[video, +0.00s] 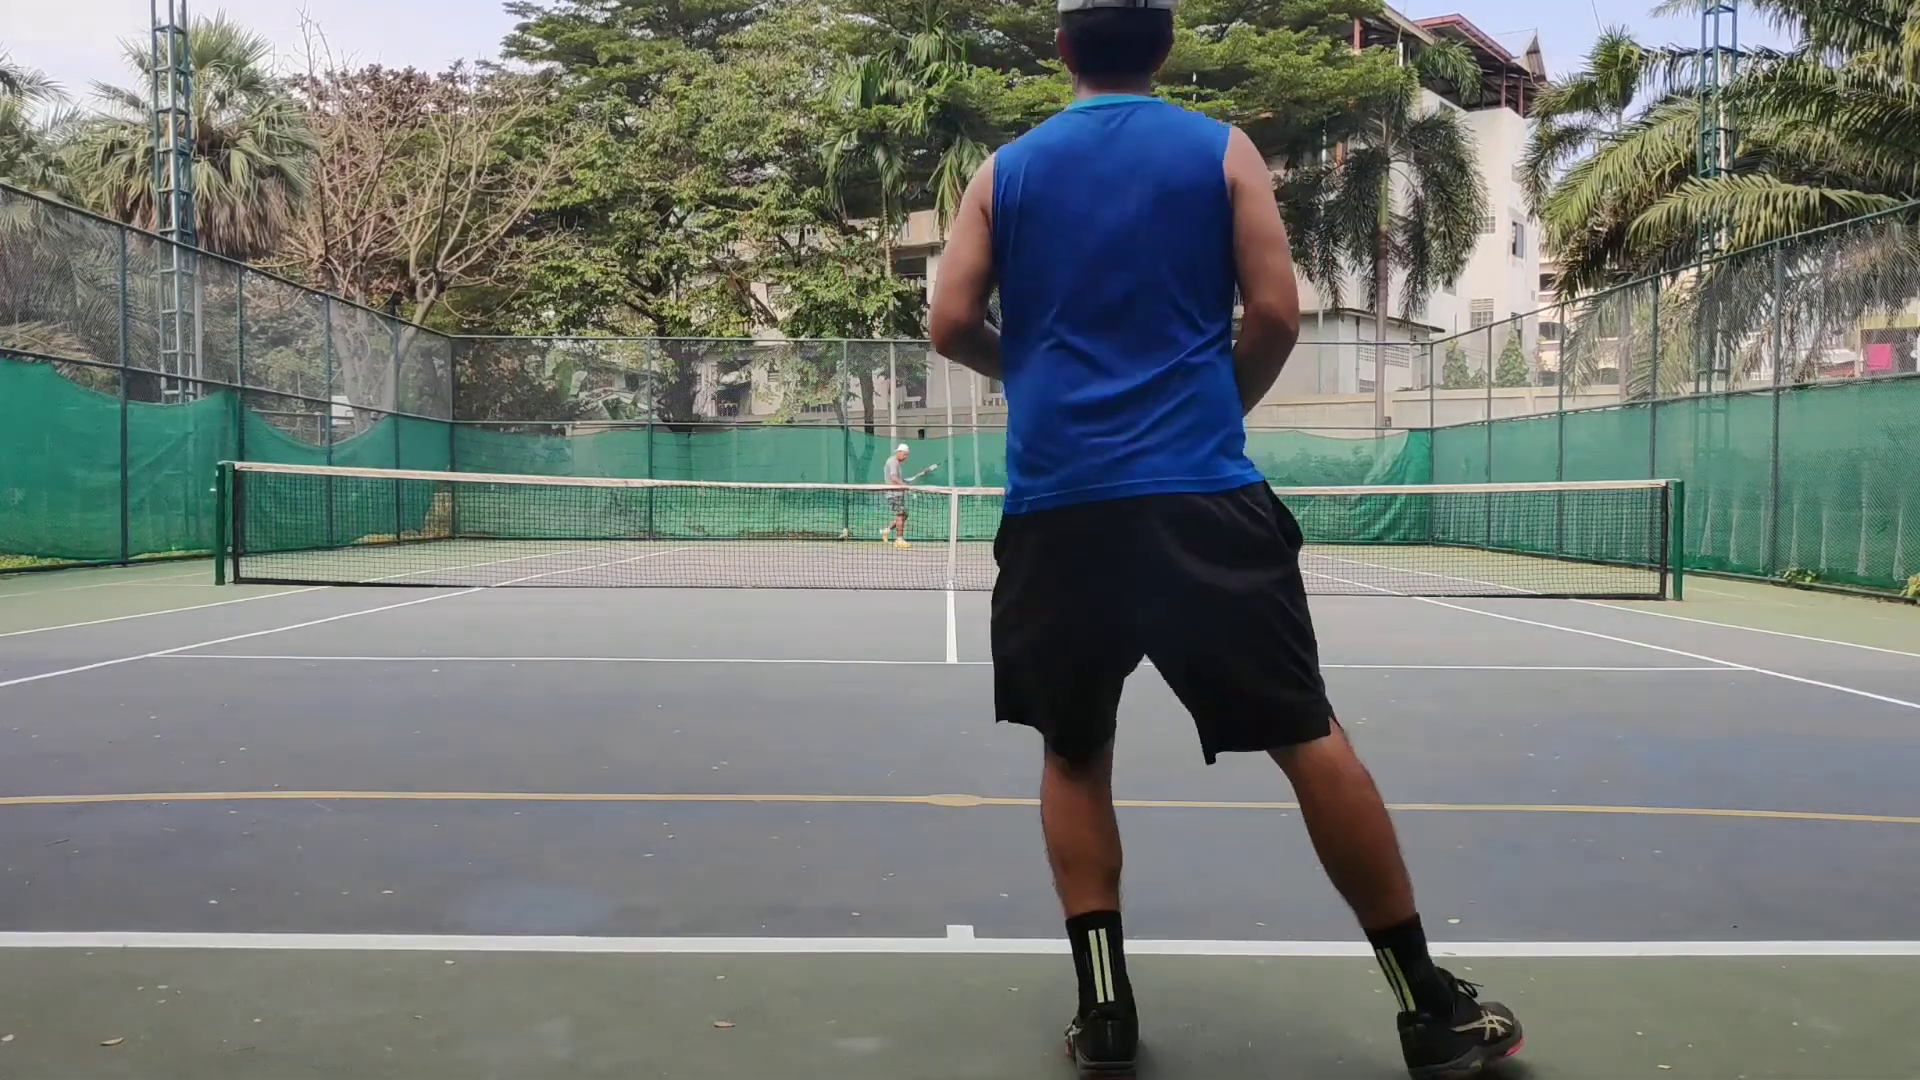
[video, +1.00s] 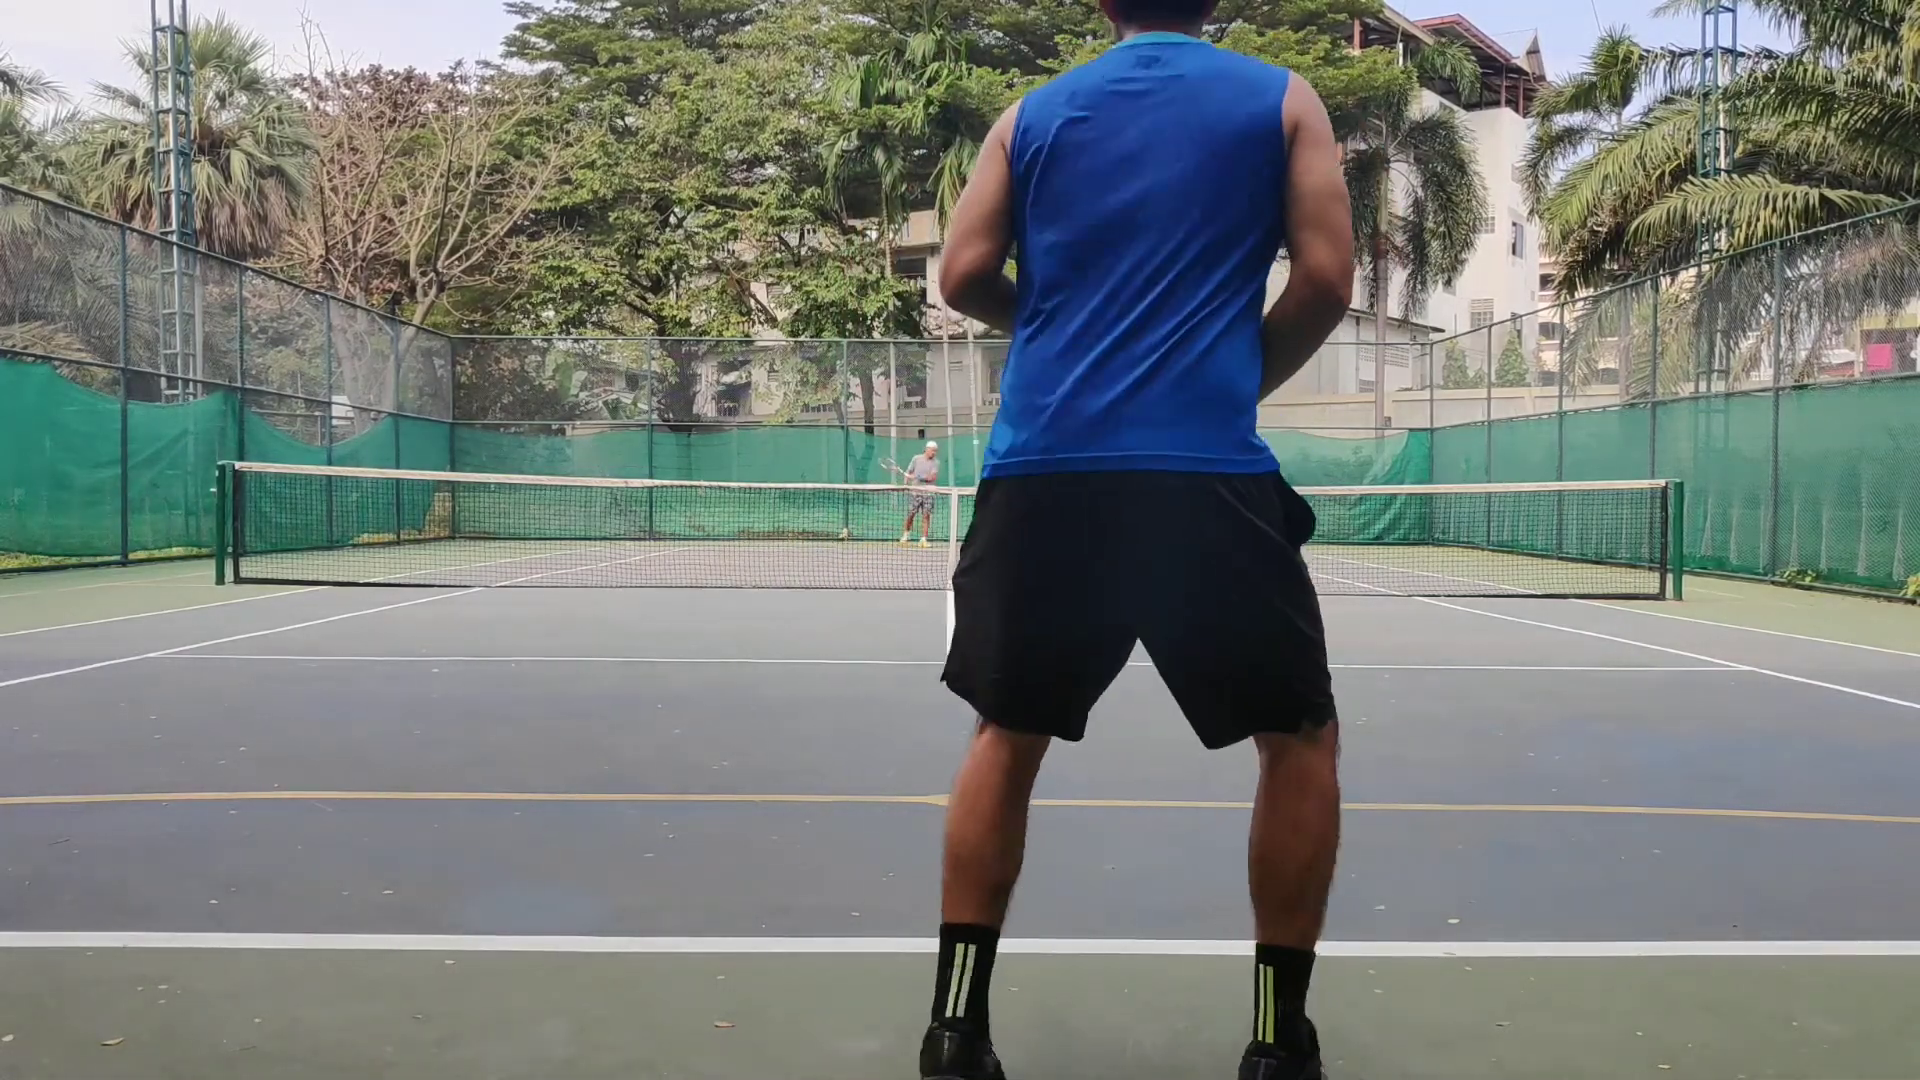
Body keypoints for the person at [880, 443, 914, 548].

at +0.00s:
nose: (906, 457)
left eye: (906, 455)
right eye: (905, 455)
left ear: (903, 454)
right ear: (899, 453)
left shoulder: (896, 462)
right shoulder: (892, 462)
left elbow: (896, 476)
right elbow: (893, 477)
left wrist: (904, 481)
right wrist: (904, 485)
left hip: (897, 490)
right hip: (893, 491)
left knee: (904, 515)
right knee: (900, 515)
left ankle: (887, 530)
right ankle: (899, 539)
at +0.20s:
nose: (915, 458)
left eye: (917, 456)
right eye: (915, 455)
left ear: (914, 455)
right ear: (909, 453)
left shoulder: (906, 462)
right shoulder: (902, 461)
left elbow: (904, 476)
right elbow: (902, 477)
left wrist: (909, 482)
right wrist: (910, 483)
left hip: (905, 491)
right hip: (899, 492)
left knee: (913, 514)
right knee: (904, 515)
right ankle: (900, 538)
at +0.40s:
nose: (924, 459)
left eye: (925, 457)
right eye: (923, 456)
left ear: (922, 455)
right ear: (917, 453)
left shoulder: (916, 463)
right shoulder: (908, 461)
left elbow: (915, 476)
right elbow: (904, 477)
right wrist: (911, 487)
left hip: (914, 493)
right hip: (907, 493)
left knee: (919, 517)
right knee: (909, 516)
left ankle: (922, 539)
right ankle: (900, 539)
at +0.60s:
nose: (930, 457)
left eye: (931, 455)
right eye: (929, 454)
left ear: (929, 454)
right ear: (924, 452)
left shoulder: (926, 463)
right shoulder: (913, 460)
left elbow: (928, 475)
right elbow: (902, 472)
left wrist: (935, 484)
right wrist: (902, 484)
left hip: (921, 491)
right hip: (911, 491)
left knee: (923, 515)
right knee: (912, 515)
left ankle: (923, 539)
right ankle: (902, 537)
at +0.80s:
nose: (934, 455)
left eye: (935, 453)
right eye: (933, 453)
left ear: (934, 453)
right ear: (927, 451)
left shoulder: (933, 465)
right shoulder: (915, 459)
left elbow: (933, 478)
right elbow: (905, 470)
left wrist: (934, 486)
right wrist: (900, 481)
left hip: (925, 490)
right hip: (914, 489)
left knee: (924, 515)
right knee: (912, 514)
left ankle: (923, 538)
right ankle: (904, 535)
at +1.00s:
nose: (933, 453)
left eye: (935, 451)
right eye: (931, 450)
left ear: (936, 452)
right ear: (926, 450)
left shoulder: (935, 462)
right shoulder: (916, 459)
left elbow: (933, 477)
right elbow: (909, 472)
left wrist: (919, 478)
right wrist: (907, 479)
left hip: (928, 490)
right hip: (916, 489)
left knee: (926, 514)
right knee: (912, 512)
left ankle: (924, 537)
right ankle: (906, 532)